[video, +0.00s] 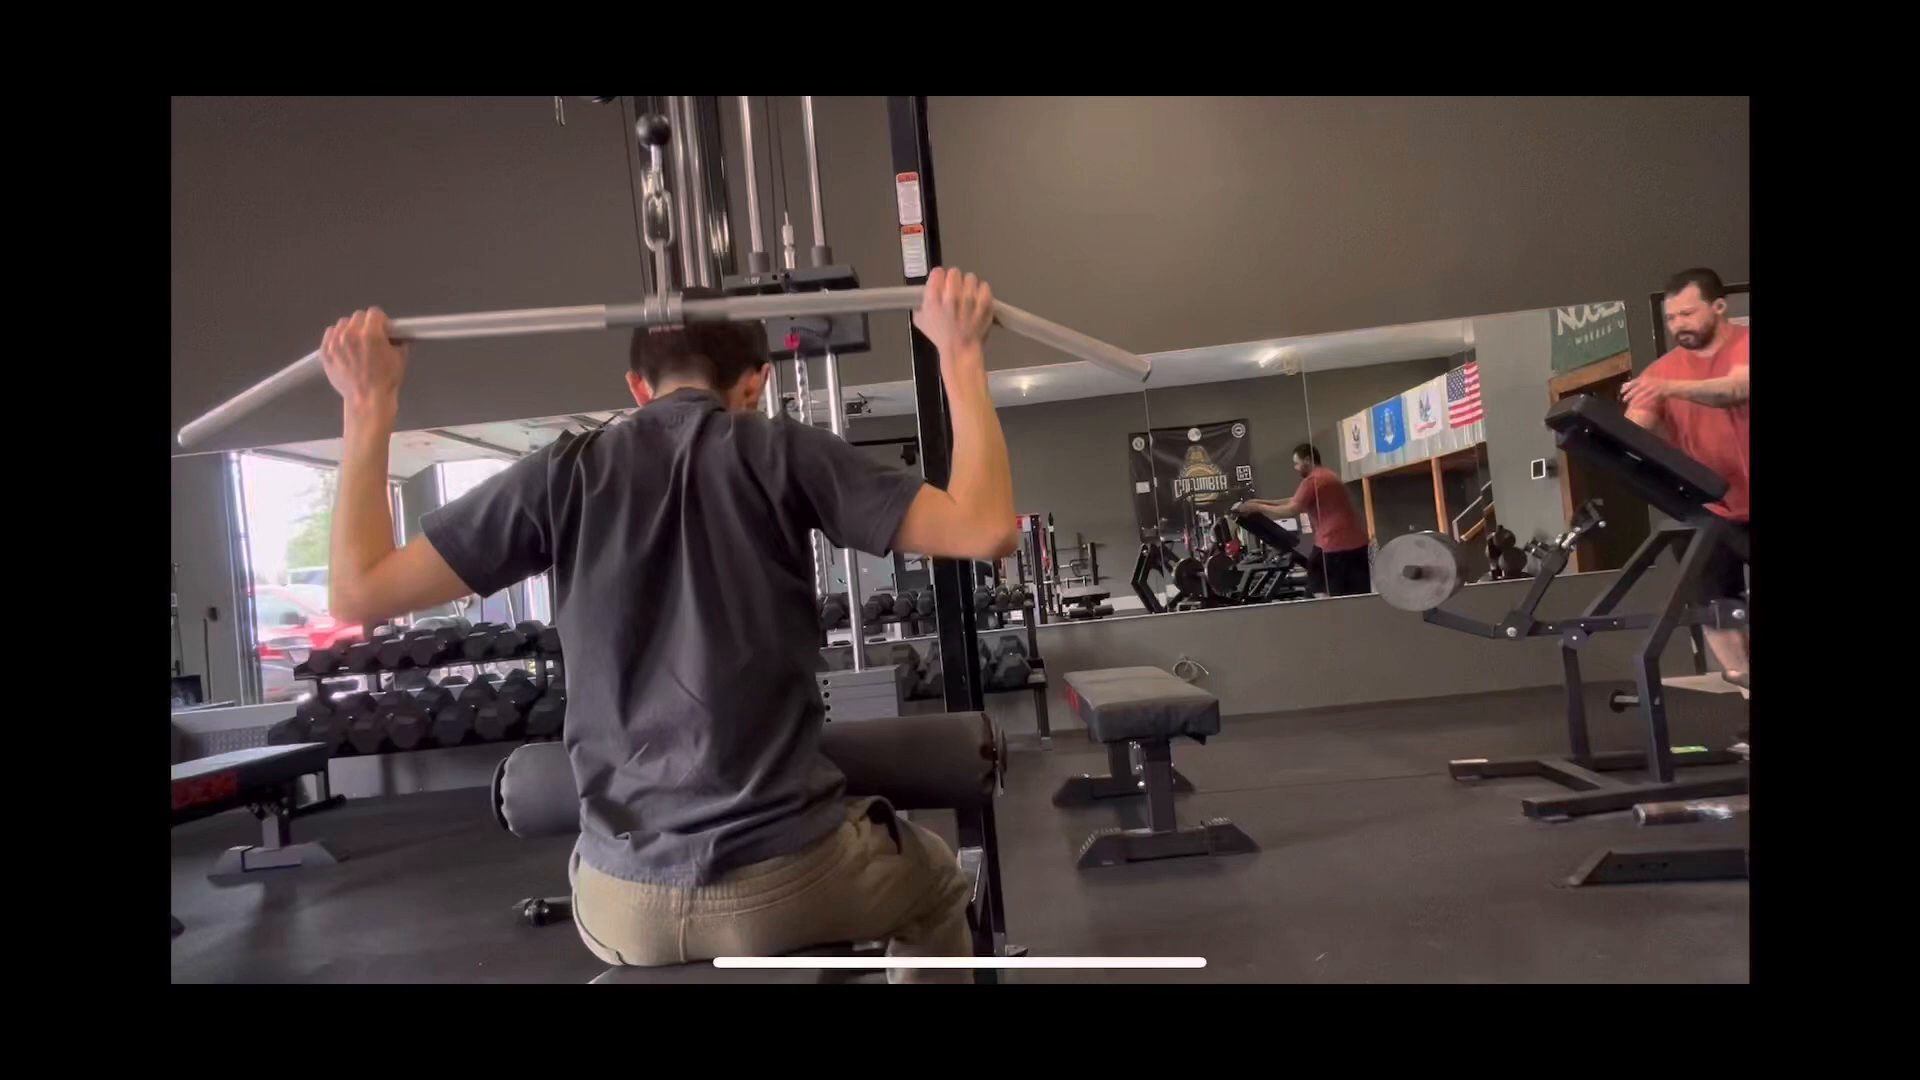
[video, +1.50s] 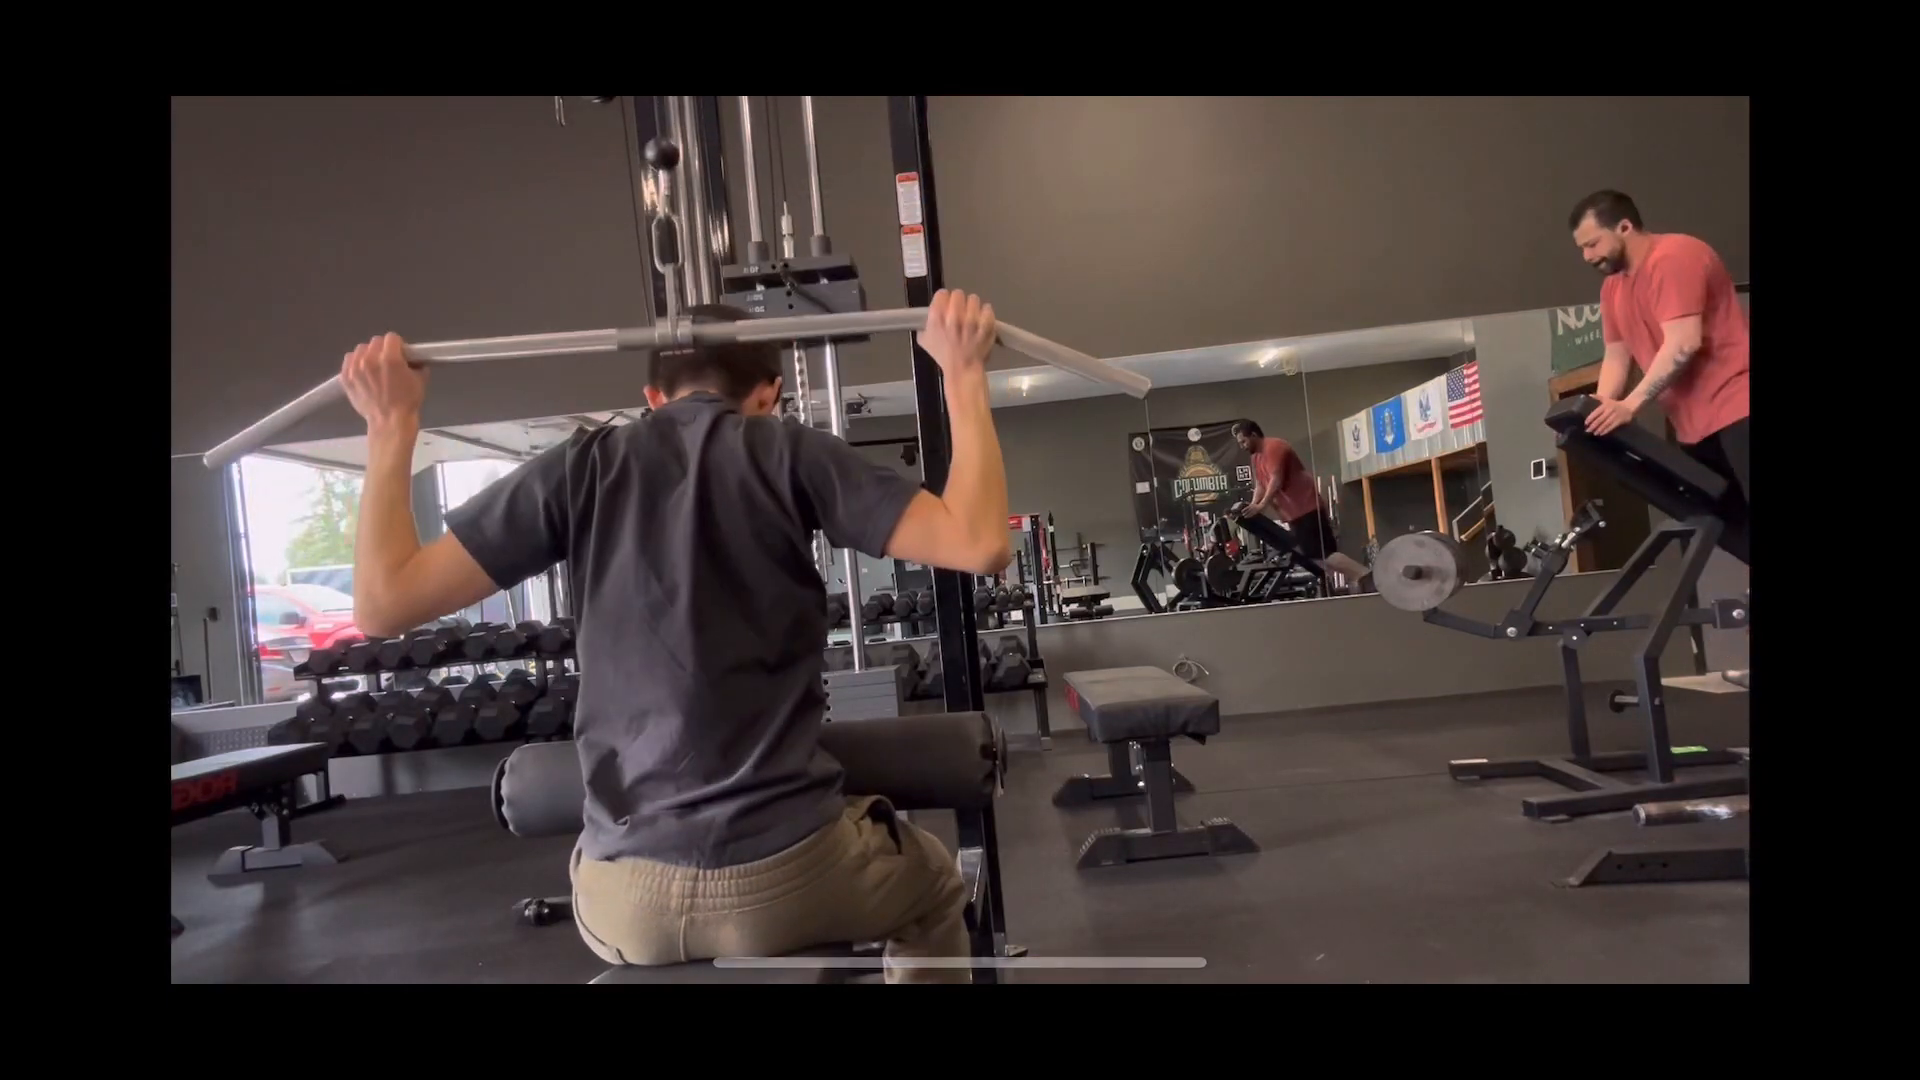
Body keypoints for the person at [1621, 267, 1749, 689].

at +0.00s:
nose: (1678, 325)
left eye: (1687, 313)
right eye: (1671, 317)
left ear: (1718, 308)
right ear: (1665, 320)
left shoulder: (1746, 341)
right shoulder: (1659, 373)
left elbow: (1738, 389)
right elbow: (1632, 438)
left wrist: (1666, 388)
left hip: (1750, 501)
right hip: (1708, 509)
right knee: (1714, 604)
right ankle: (1744, 689)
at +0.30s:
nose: (1625, 312)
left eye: (1633, 299)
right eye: (1619, 304)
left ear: (1664, 291)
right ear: (1616, 306)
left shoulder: (1713, 323)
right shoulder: (1621, 361)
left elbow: (1712, 382)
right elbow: (1624, 434)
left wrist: (1637, 404)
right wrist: (1588, 429)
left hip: (1743, 489)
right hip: (1686, 500)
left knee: (1739, 595)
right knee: (1715, 598)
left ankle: (1742, 681)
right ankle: (1741, 683)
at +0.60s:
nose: (1602, 308)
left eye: (1610, 296)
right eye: (1597, 301)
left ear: (1642, 288)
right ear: (1597, 304)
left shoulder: (1690, 317)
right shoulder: (1604, 358)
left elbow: (1709, 376)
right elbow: (1606, 425)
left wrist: (1634, 407)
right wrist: (1580, 428)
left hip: (1737, 457)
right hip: (1680, 484)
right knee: (1715, 584)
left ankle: (1743, 672)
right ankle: (1743, 676)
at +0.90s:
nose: (1604, 319)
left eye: (1611, 307)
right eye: (1599, 311)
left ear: (1645, 299)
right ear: (1599, 313)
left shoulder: (1690, 325)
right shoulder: (1613, 362)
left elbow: (1714, 379)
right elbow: (1613, 427)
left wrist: (1633, 404)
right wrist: (1583, 425)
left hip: (1735, 465)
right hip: (1679, 485)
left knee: (1744, 572)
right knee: (1705, 593)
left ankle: (1740, 673)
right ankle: (1746, 674)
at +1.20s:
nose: (1609, 292)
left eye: (1615, 278)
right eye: (1603, 283)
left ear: (1648, 266)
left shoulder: (1696, 286)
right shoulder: (1627, 319)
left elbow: (1704, 360)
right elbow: (1621, 377)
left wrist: (1630, 406)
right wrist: (1597, 416)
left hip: (1745, 445)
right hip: (1701, 458)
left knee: (1745, 567)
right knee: (1735, 565)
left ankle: (1748, 663)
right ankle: (1747, 662)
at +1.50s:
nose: (1587, 257)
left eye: (1592, 244)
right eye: (1582, 249)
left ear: (1624, 228)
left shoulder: (1677, 256)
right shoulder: (1612, 288)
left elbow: (1683, 343)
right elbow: (1616, 356)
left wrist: (1630, 404)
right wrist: (1598, 410)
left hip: (1736, 408)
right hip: (1688, 423)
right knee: (1721, 526)